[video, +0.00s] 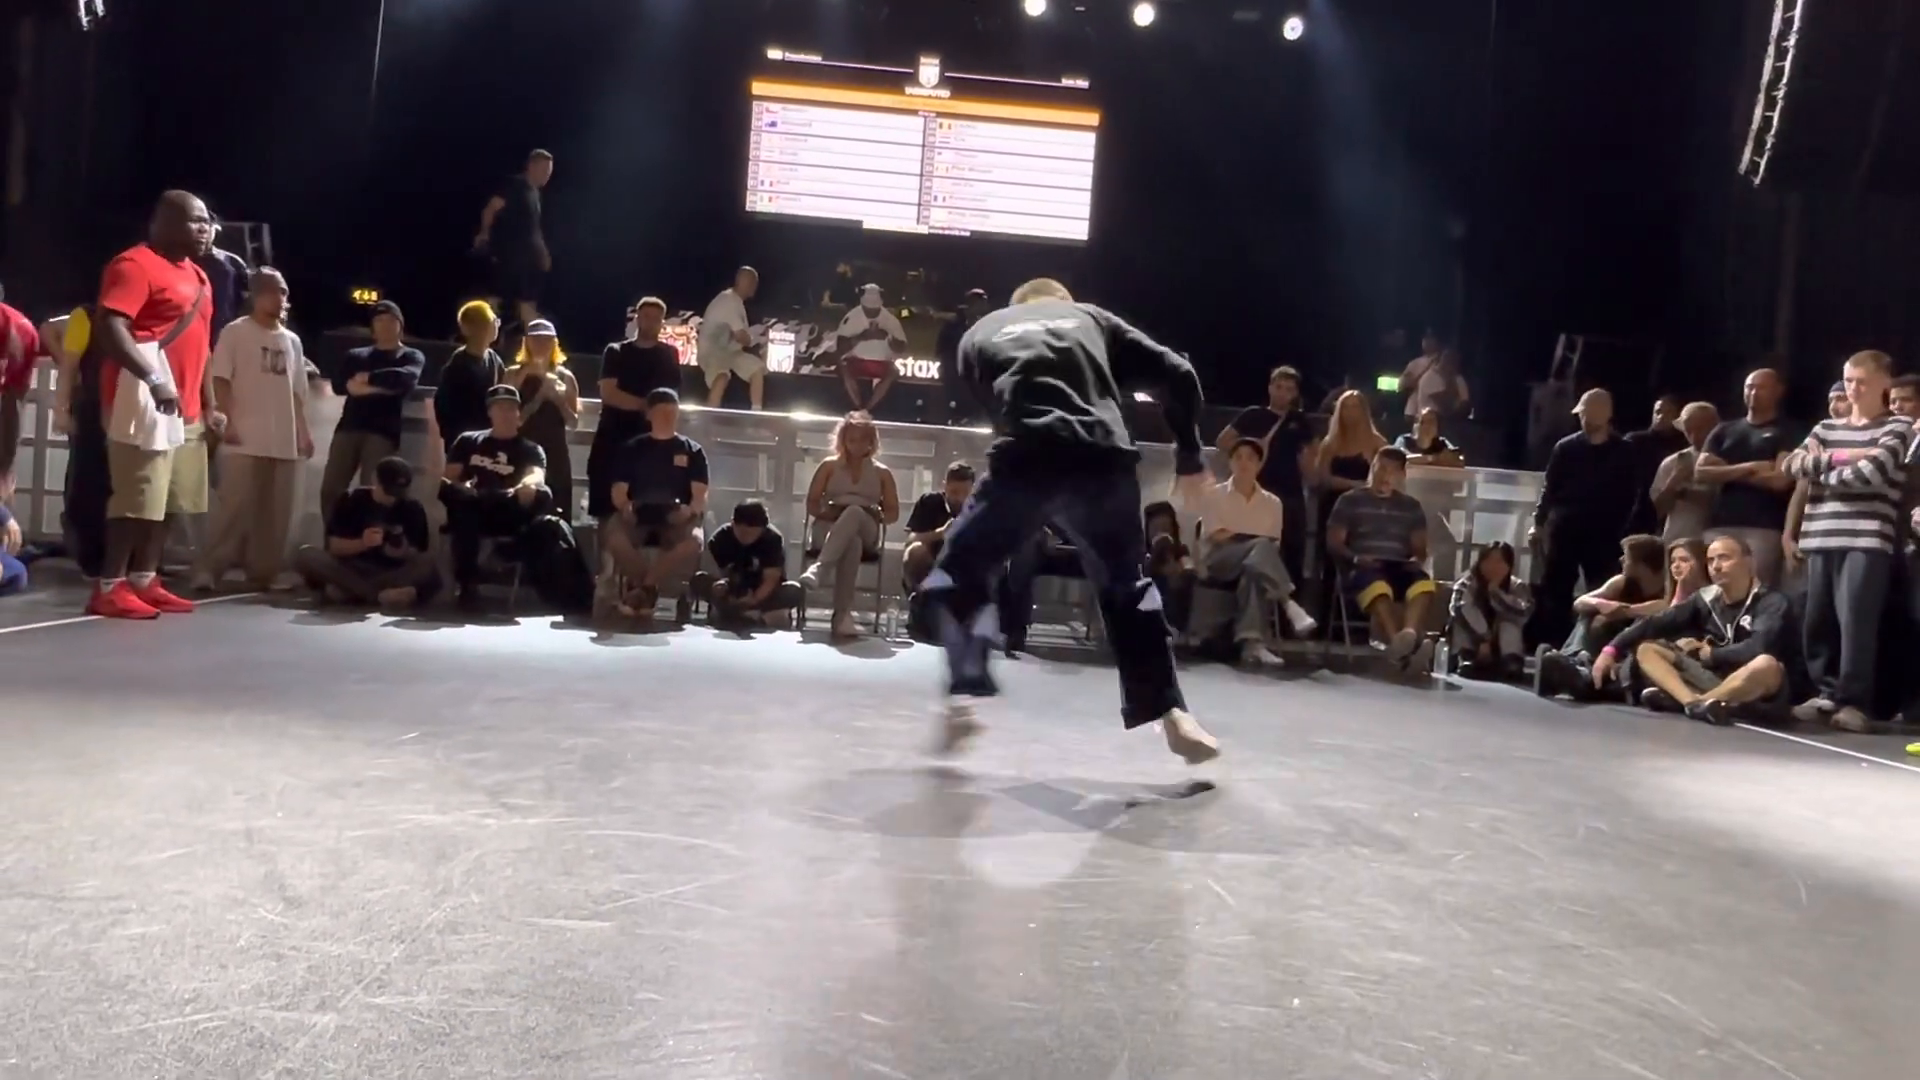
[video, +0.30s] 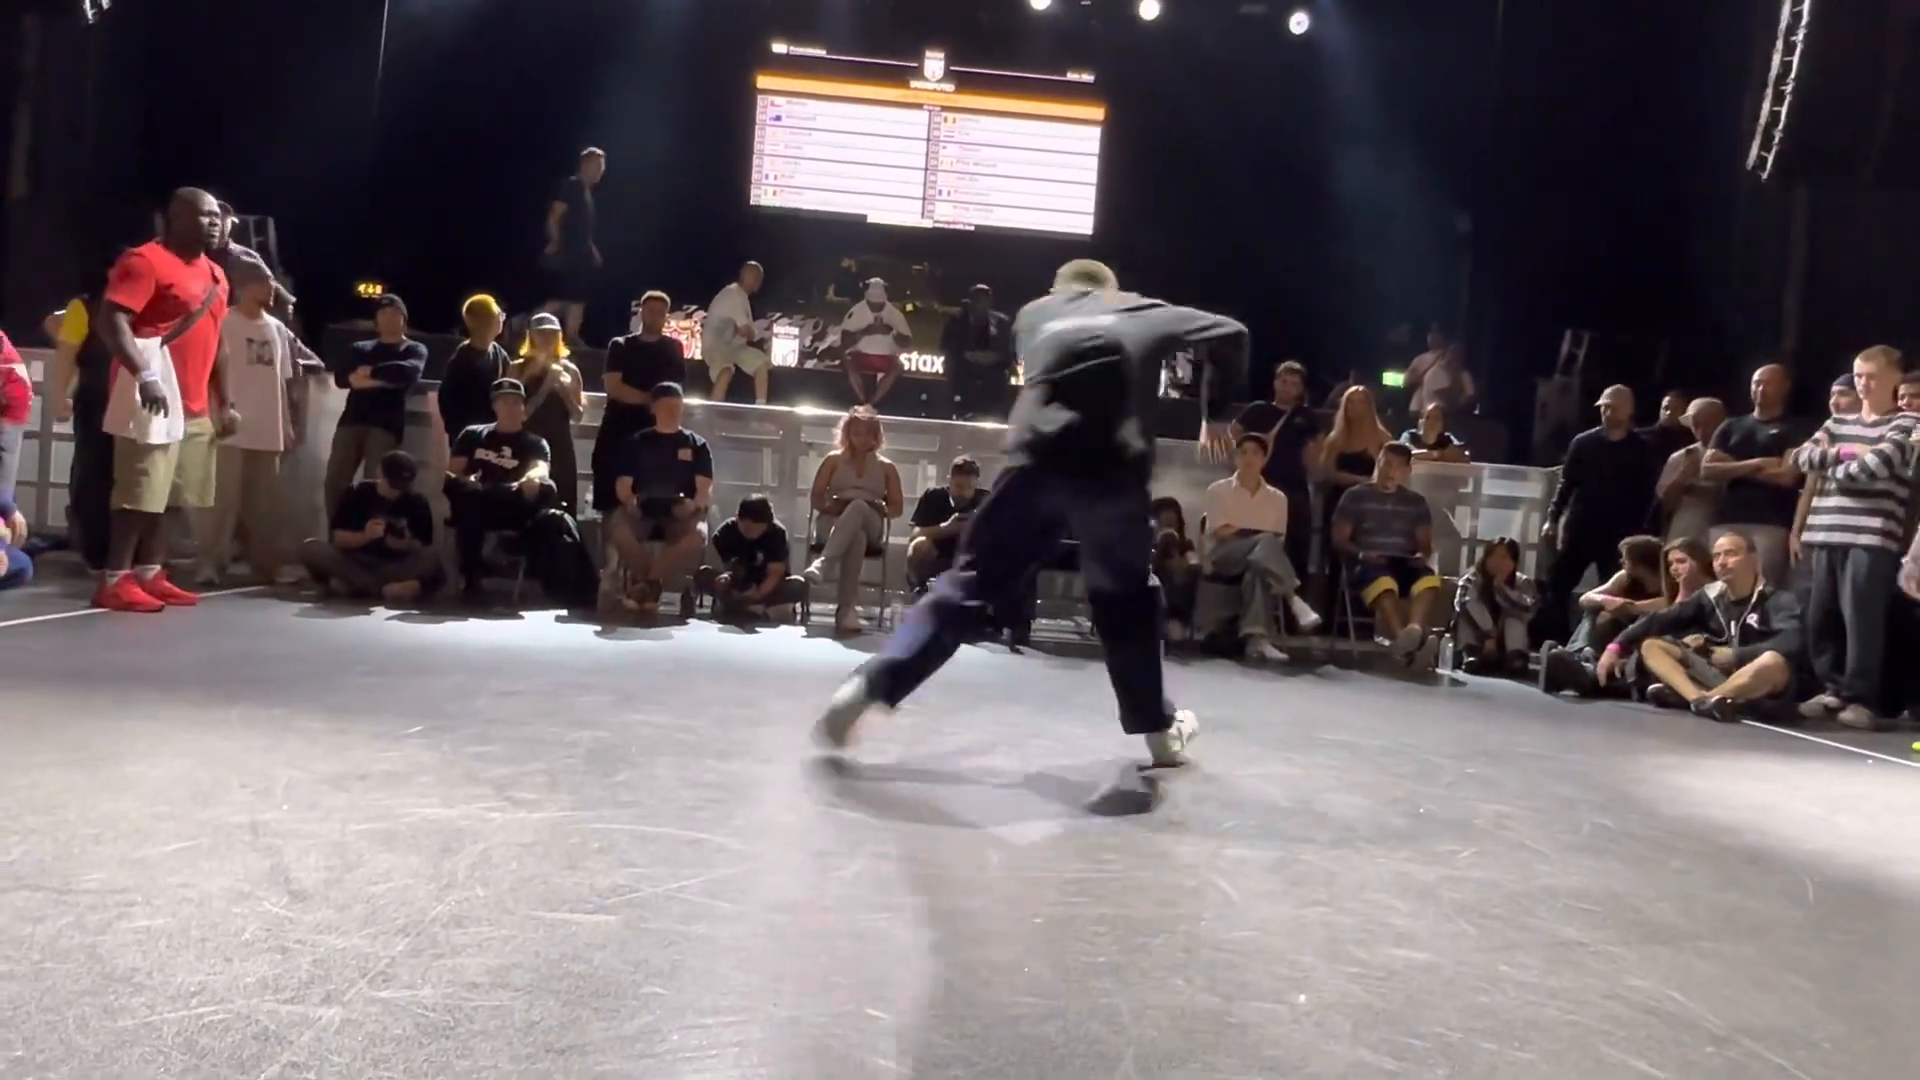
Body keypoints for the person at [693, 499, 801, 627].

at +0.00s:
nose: (747, 538)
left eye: (753, 534)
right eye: (743, 532)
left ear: (762, 529)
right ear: (733, 523)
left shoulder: (772, 539)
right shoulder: (718, 540)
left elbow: (772, 578)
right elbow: (721, 574)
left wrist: (755, 599)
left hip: (762, 585)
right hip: (734, 585)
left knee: (794, 590)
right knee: (700, 580)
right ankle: (760, 617)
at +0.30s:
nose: (751, 533)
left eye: (756, 529)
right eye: (747, 528)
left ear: (766, 524)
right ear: (738, 519)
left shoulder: (777, 533)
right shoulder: (723, 534)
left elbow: (776, 572)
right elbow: (726, 568)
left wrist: (759, 593)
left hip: (766, 581)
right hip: (738, 582)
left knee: (798, 585)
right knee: (703, 574)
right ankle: (762, 611)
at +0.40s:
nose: (751, 532)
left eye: (757, 528)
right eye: (747, 526)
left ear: (767, 523)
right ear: (739, 518)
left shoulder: (778, 532)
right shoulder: (724, 533)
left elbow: (778, 570)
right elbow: (732, 567)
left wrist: (760, 592)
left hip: (768, 580)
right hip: (740, 581)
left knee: (800, 583)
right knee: (704, 573)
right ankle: (762, 609)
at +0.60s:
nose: (755, 531)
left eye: (760, 527)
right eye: (751, 526)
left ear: (771, 522)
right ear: (742, 516)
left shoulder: (781, 530)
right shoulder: (727, 531)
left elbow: (780, 569)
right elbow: (733, 565)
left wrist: (762, 590)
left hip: (771, 578)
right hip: (742, 579)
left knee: (803, 581)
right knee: (707, 571)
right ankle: (766, 607)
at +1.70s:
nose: (765, 526)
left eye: (771, 522)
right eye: (762, 520)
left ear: (780, 516)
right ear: (753, 508)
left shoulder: (790, 521)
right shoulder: (736, 523)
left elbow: (789, 562)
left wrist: (769, 580)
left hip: (780, 568)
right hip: (752, 569)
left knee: (811, 573)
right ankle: (777, 600)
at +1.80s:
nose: (766, 526)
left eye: (772, 523)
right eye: (762, 520)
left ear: (780, 516)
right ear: (753, 509)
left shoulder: (791, 521)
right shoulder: (737, 522)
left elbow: (789, 561)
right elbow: (728, 558)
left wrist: (769, 580)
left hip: (780, 567)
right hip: (751, 569)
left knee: (812, 572)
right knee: (731, 595)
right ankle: (778, 600)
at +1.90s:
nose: (765, 525)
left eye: (771, 522)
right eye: (762, 520)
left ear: (780, 516)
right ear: (753, 508)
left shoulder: (791, 521)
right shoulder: (737, 522)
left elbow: (789, 561)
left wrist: (770, 580)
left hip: (780, 567)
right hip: (751, 569)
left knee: (811, 572)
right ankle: (779, 600)